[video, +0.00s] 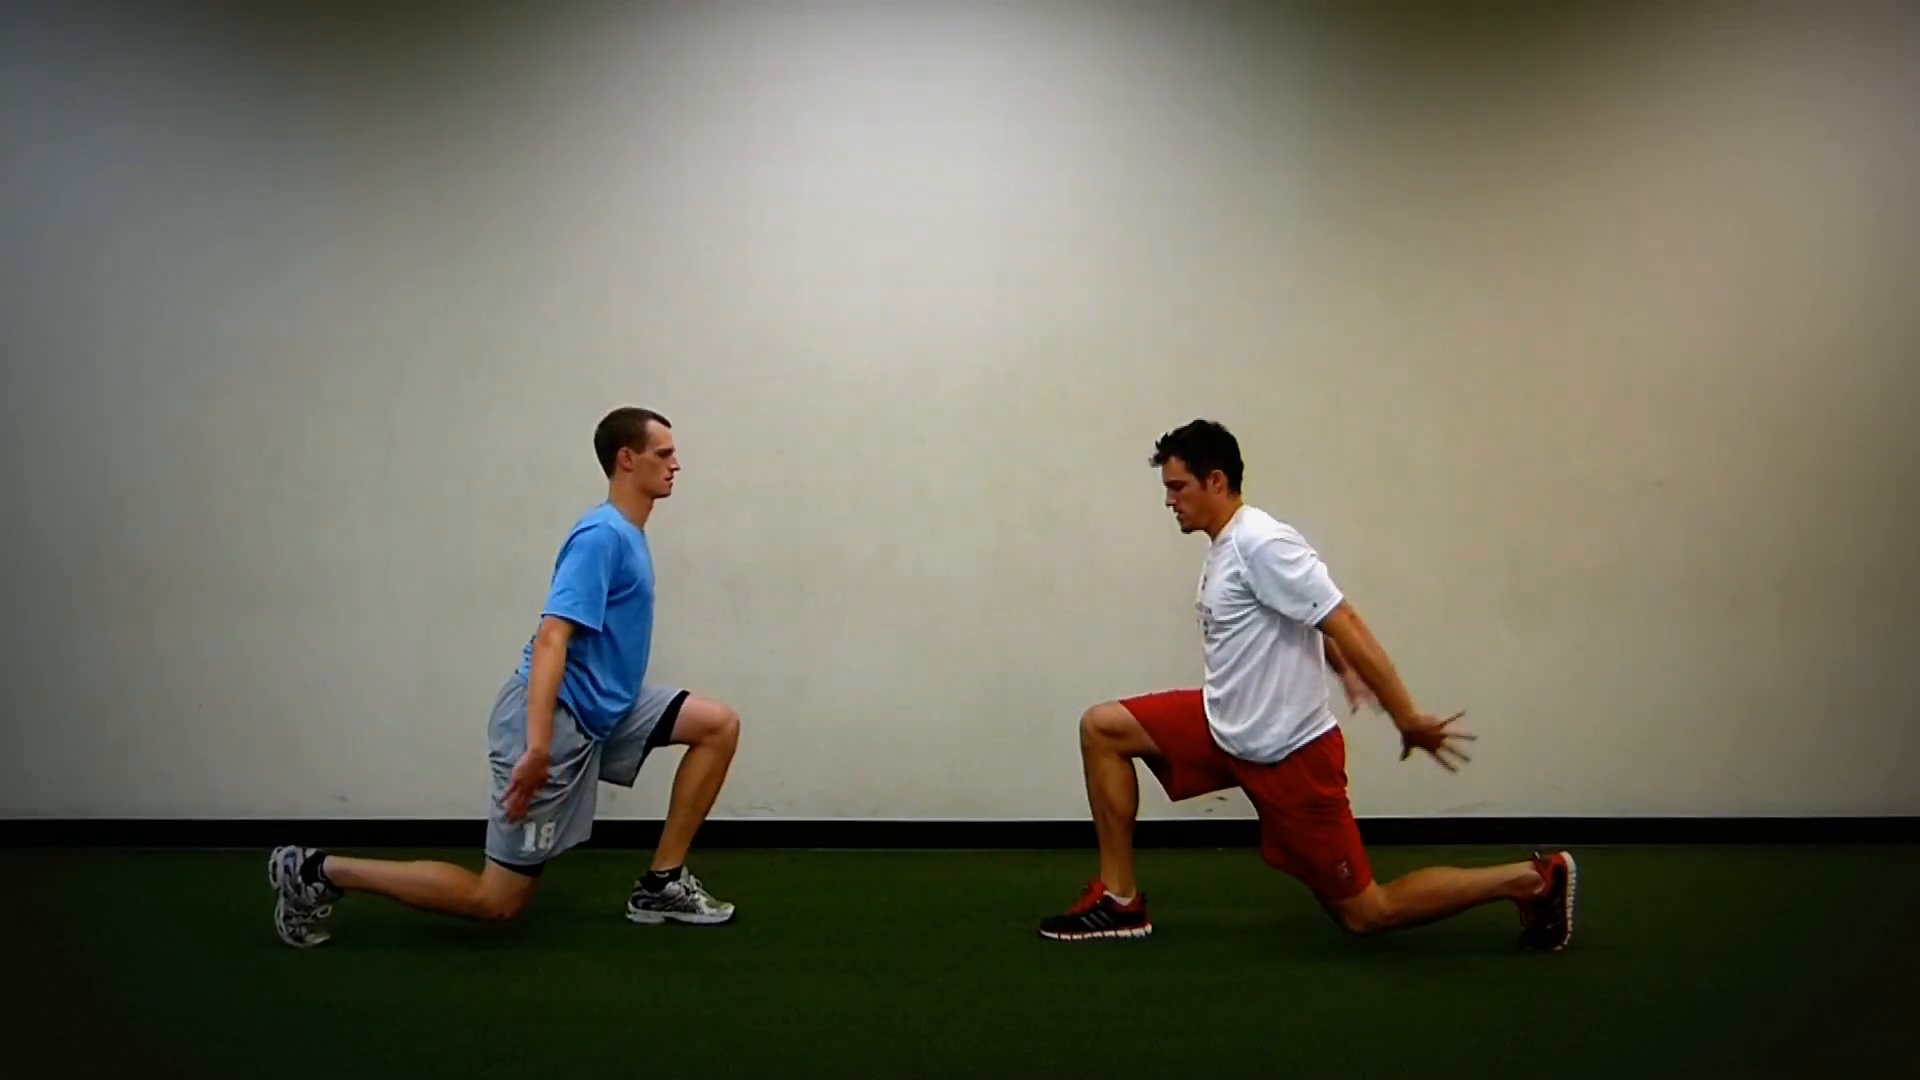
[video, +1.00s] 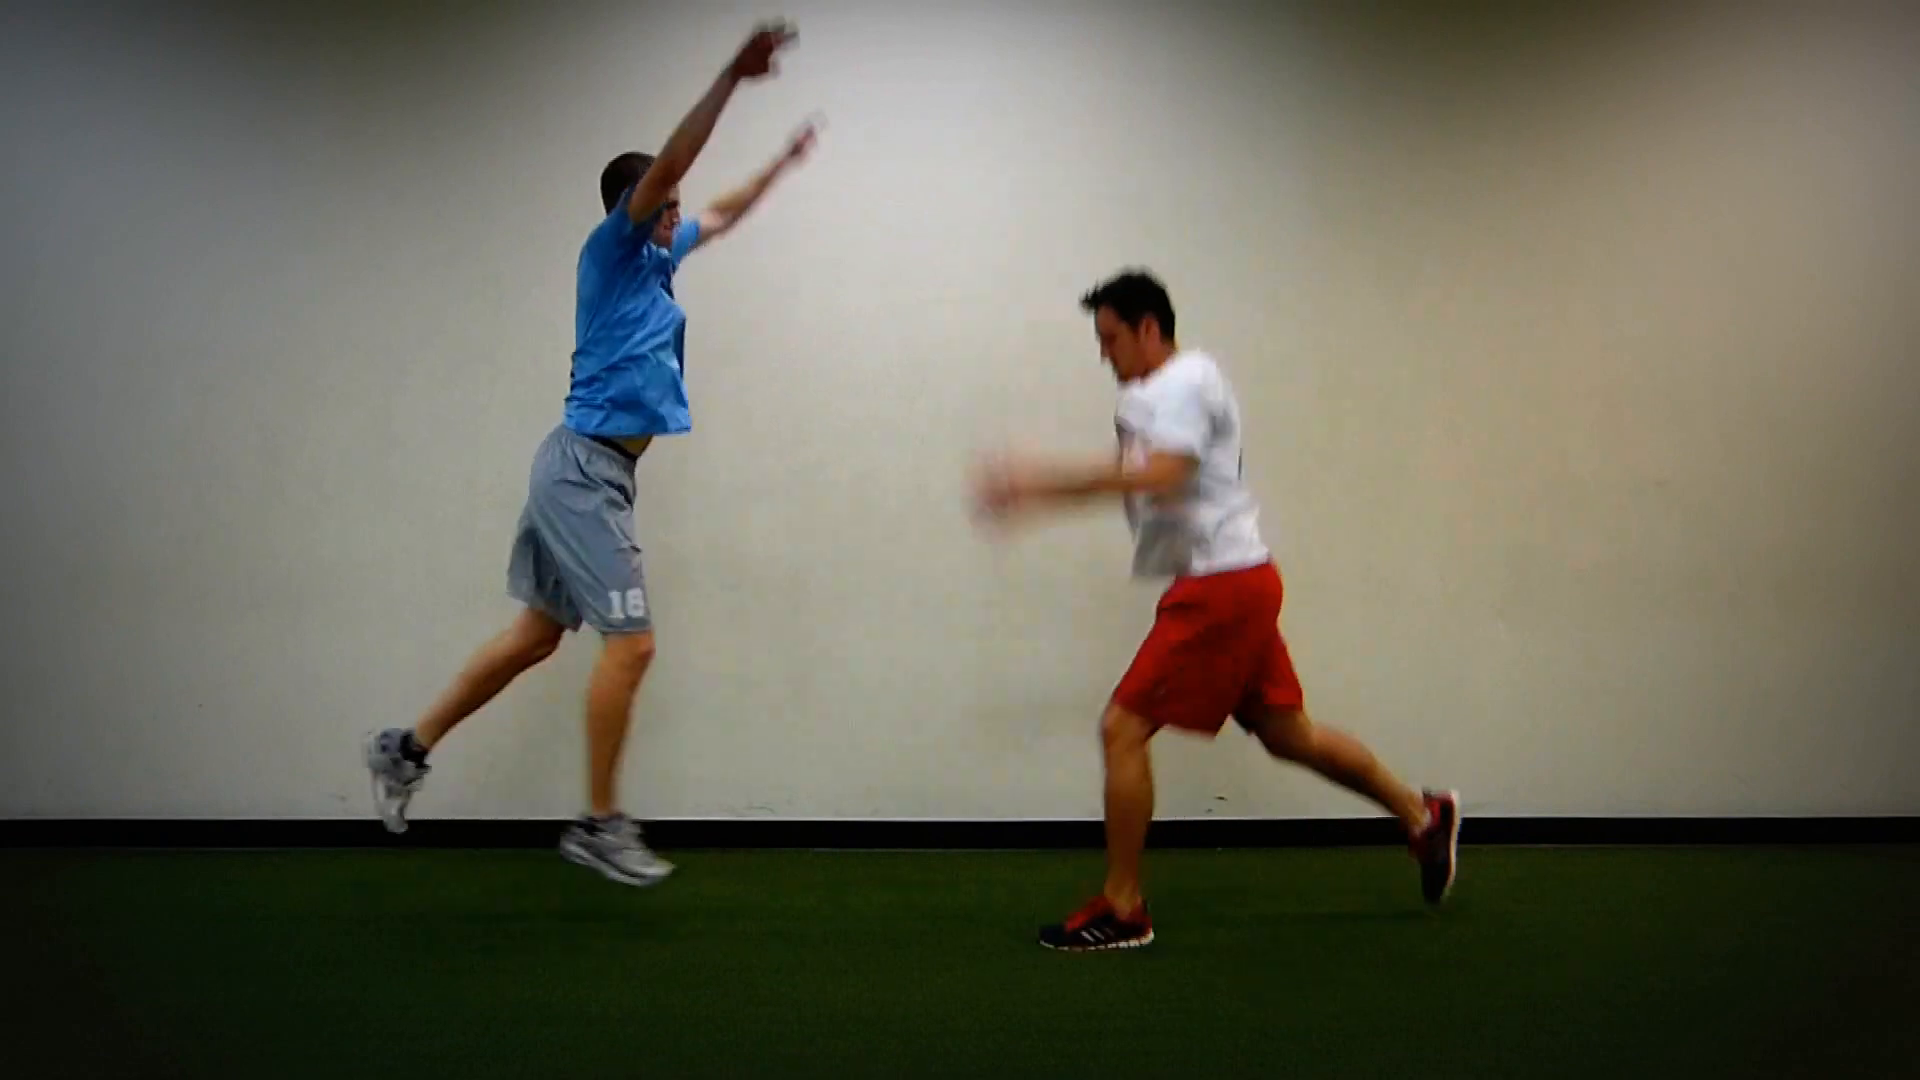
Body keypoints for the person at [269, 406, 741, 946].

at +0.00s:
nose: (675, 465)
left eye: (674, 454)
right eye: (665, 455)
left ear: (634, 461)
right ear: (626, 460)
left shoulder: (628, 535)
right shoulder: (600, 538)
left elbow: (583, 637)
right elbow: (552, 640)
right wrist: (540, 747)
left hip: (605, 705)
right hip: (550, 719)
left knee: (717, 726)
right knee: (498, 900)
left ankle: (663, 883)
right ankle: (316, 872)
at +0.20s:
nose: (678, 471)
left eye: (677, 460)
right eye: (668, 461)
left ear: (637, 467)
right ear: (630, 466)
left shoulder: (630, 540)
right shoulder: (604, 543)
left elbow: (583, 645)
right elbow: (544, 642)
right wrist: (513, 748)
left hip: (607, 709)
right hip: (553, 725)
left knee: (718, 727)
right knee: (499, 904)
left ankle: (663, 884)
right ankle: (317, 872)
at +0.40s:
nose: (675, 465)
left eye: (673, 454)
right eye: (664, 456)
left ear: (635, 466)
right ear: (627, 465)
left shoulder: (631, 537)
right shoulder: (604, 540)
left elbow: (591, 639)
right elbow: (552, 641)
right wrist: (533, 749)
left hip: (606, 704)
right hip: (548, 719)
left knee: (716, 727)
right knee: (496, 898)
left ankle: (663, 885)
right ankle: (311, 872)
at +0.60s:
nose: (660, 364)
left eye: (656, 354)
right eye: (647, 355)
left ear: (632, 366)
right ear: (612, 366)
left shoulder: (643, 430)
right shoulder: (607, 420)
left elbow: (729, 418)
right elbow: (696, 405)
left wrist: (784, 359)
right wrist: (765, 337)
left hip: (604, 637)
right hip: (550, 632)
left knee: (700, 715)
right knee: (466, 795)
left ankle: (665, 881)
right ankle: (292, 872)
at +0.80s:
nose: (679, 212)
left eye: (679, 202)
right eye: (667, 200)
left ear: (659, 211)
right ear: (639, 204)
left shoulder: (657, 265)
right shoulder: (618, 255)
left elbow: (702, 172)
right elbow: (674, 159)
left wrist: (731, 85)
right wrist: (707, 61)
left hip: (616, 487)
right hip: (576, 475)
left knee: (582, 656)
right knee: (514, 647)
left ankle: (574, 823)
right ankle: (413, 799)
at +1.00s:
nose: (680, 210)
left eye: (681, 198)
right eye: (667, 196)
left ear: (665, 211)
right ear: (632, 200)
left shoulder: (660, 255)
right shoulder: (615, 246)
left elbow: (725, 215)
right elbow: (669, 170)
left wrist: (781, 164)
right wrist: (732, 77)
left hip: (590, 471)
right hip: (585, 470)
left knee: (535, 633)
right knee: (630, 644)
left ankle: (408, 747)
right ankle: (601, 822)